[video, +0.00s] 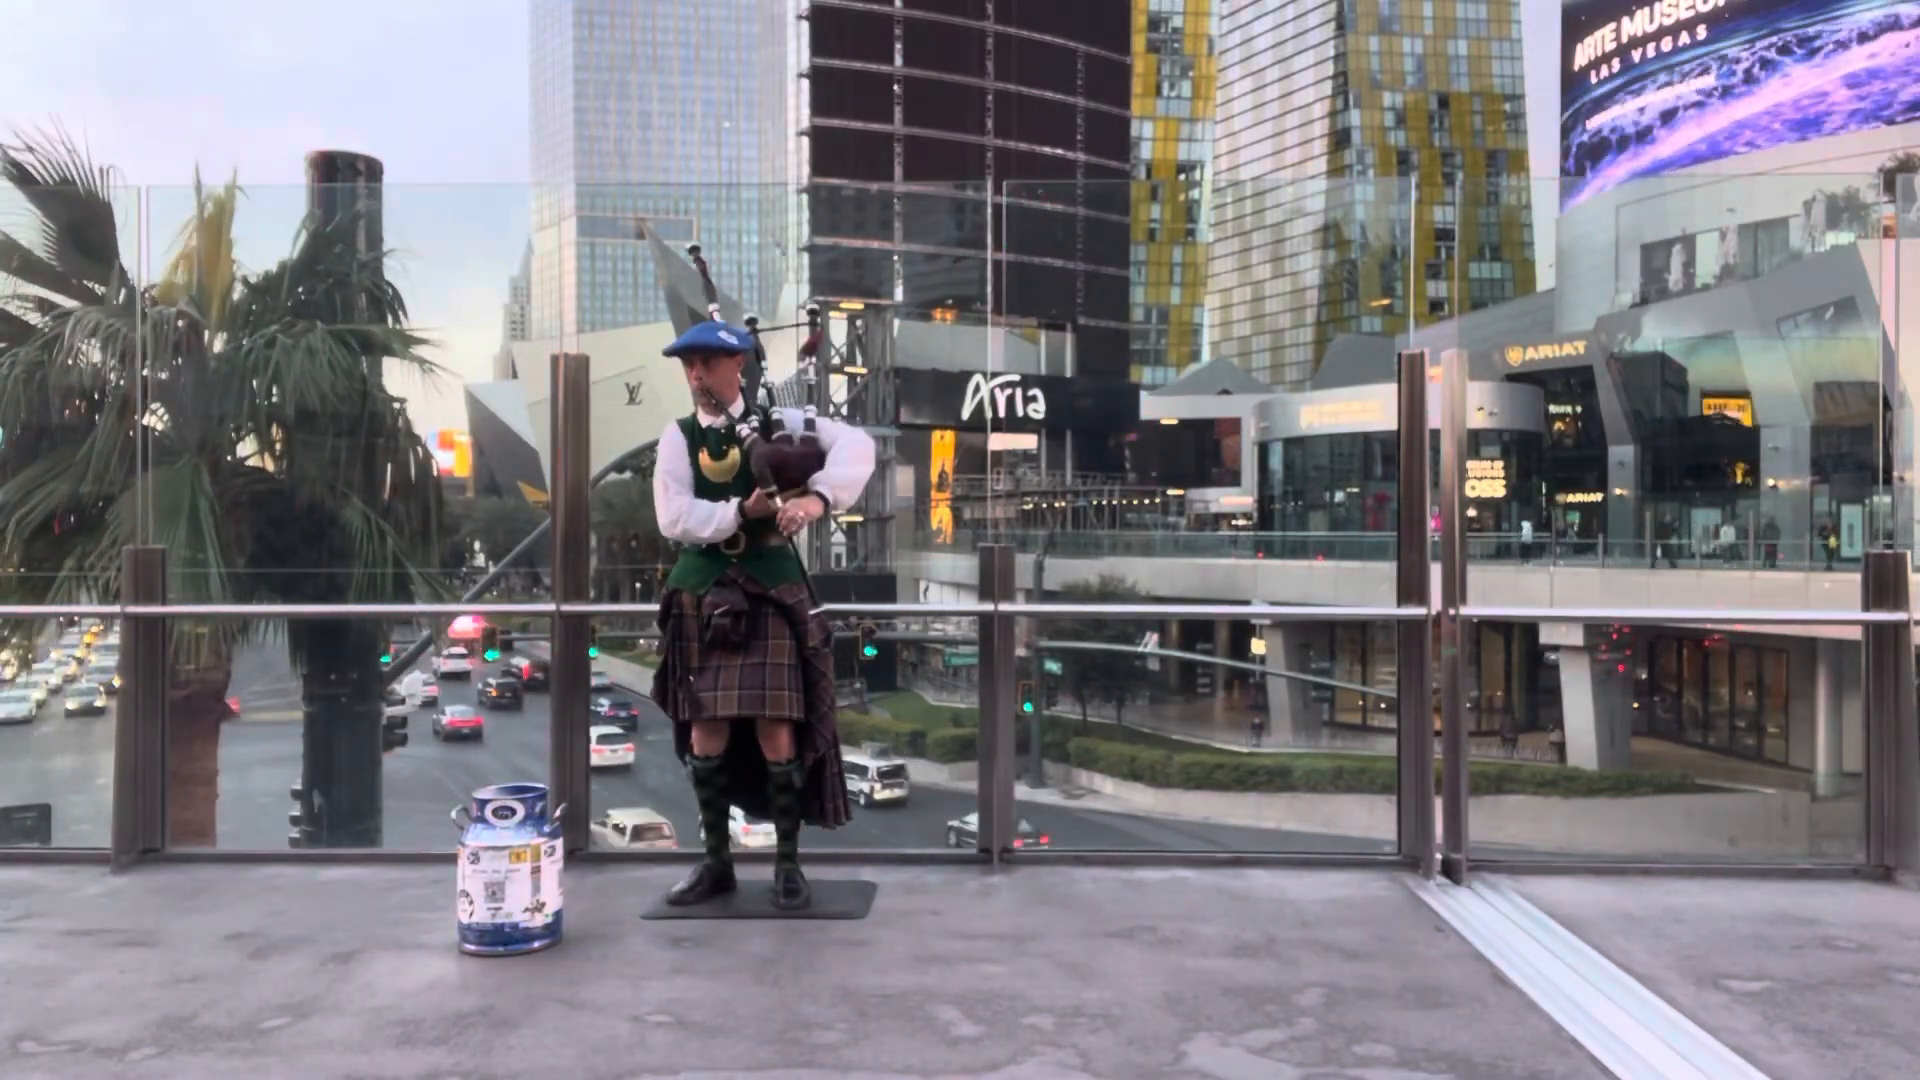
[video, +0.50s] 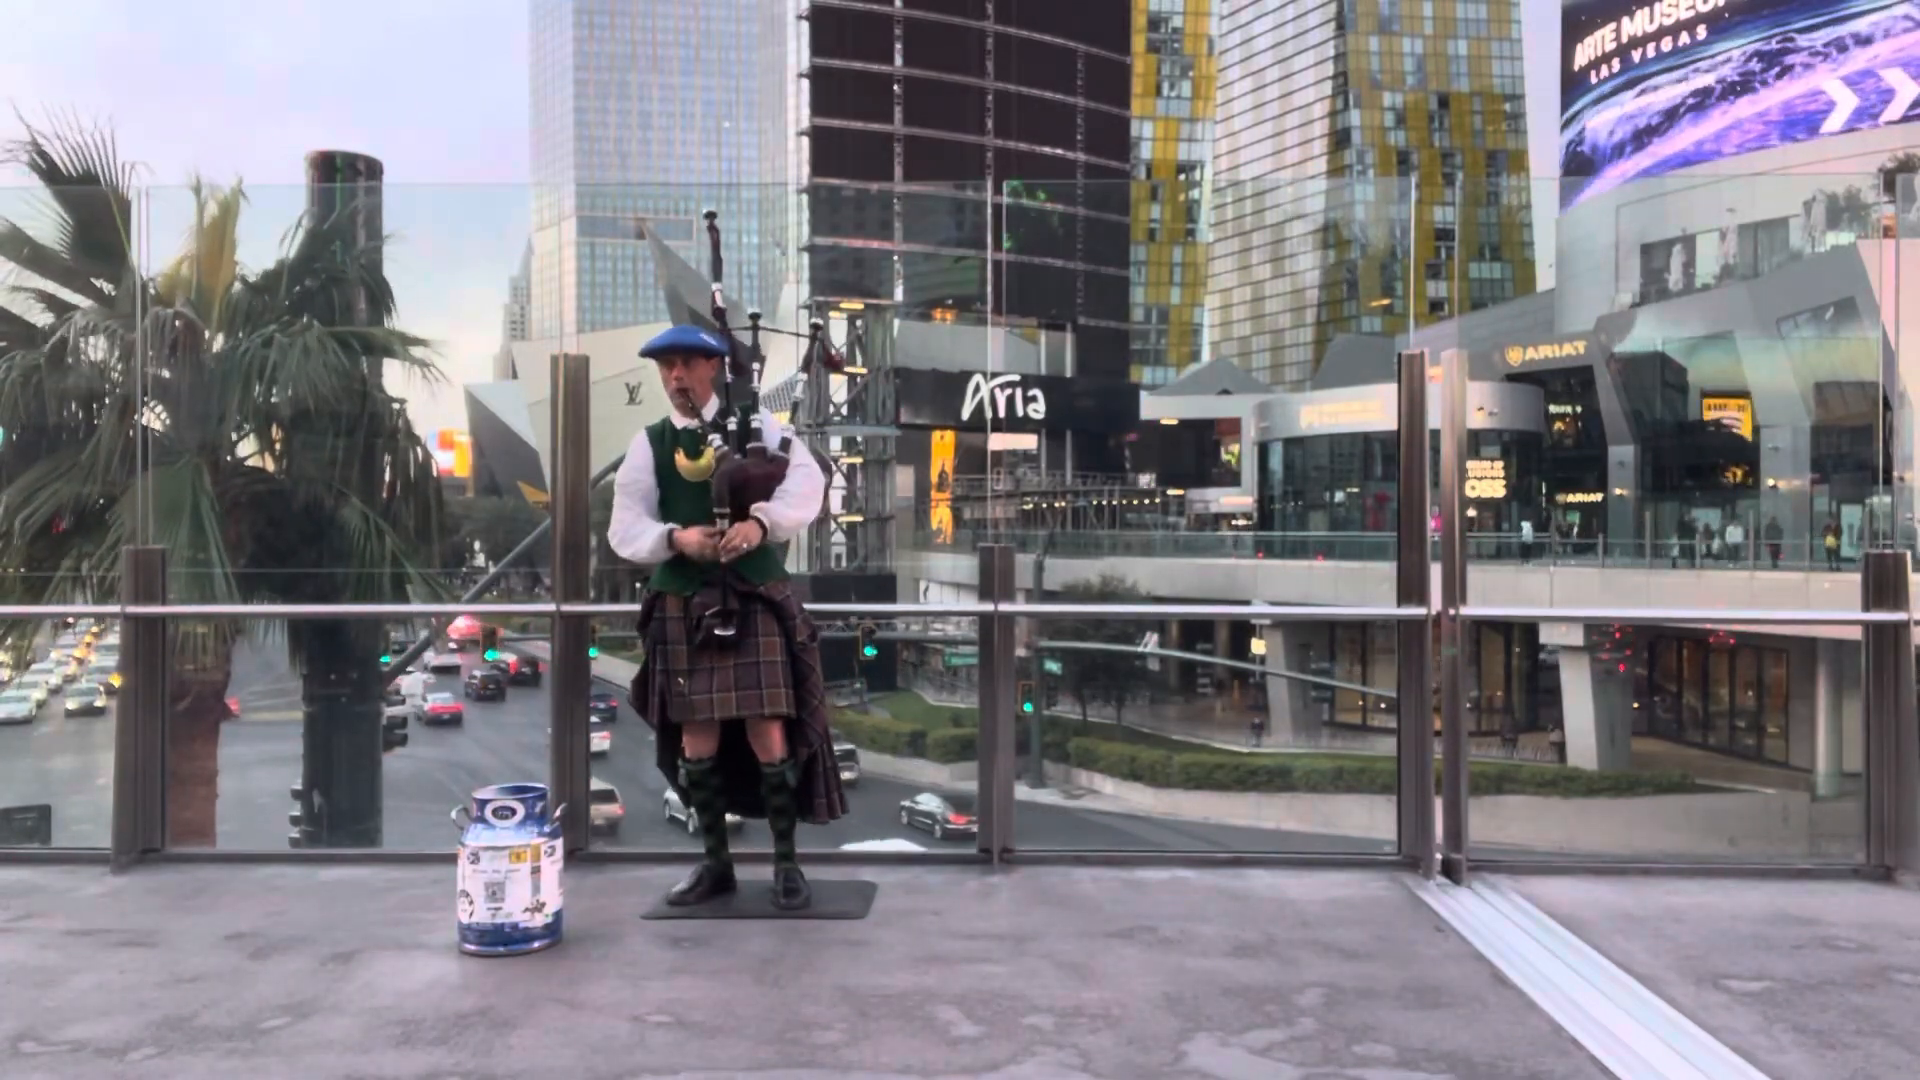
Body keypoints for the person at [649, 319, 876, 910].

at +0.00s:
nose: (698, 373)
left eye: (710, 361)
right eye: (690, 363)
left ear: (739, 364)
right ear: (684, 370)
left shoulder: (779, 422)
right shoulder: (678, 436)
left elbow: (858, 443)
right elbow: (672, 515)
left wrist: (820, 497)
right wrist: (741, 512)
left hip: (774, 586)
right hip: (703, 588)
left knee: (776, 728)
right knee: (706, 728)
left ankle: (787, 866)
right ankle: (717, 863)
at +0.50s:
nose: (677, 373)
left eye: (689, 361)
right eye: (667, 363)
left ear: (717, 365)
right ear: (658, 372)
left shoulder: (760, 429)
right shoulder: (649, 445)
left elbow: (808, 481)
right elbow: (625, 531)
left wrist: (764, 522)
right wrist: (677, 538)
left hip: (756, 594)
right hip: (684, 599)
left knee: (766, 726)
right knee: (697, 729)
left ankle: (786, 863)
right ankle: (715, 863)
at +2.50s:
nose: (742, 374)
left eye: (755, 362)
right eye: (733, 362)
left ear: (780, 370)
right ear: (721, 371)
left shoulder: (814, 430)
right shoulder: (704, 444)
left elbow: (860, 485)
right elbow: (684, 531)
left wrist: (811, 526)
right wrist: (726, 565)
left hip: (798, 597)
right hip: (725, 596)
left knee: (788, 728)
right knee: (708, 729)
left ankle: (781, 863)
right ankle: (722, 861)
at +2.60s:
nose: (744, 373)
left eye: (757, 361)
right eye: (735, 361)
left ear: (781, 369)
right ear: (723, 370)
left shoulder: (816, 430)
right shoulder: (707, 443)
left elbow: (861, 486)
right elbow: (683, 525)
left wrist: (811, 526)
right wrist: (725, 563)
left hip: (799, 595)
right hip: (726, 594)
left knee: (787, 725)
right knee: (713, 726)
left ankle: (782, 863)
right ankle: (723, 863)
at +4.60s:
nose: (748, 374)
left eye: (760, 363)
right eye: (740, 362)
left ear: (785, 371)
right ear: (728, 372)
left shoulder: (819, 427)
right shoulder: (713, 445)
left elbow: (862, 487)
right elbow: (693, 530)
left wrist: (813, 533)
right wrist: (728, 567)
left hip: (803, 597)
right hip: (731, 595)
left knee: (790, 731)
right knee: (712, 734)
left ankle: (781, 864)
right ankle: (725, 863)